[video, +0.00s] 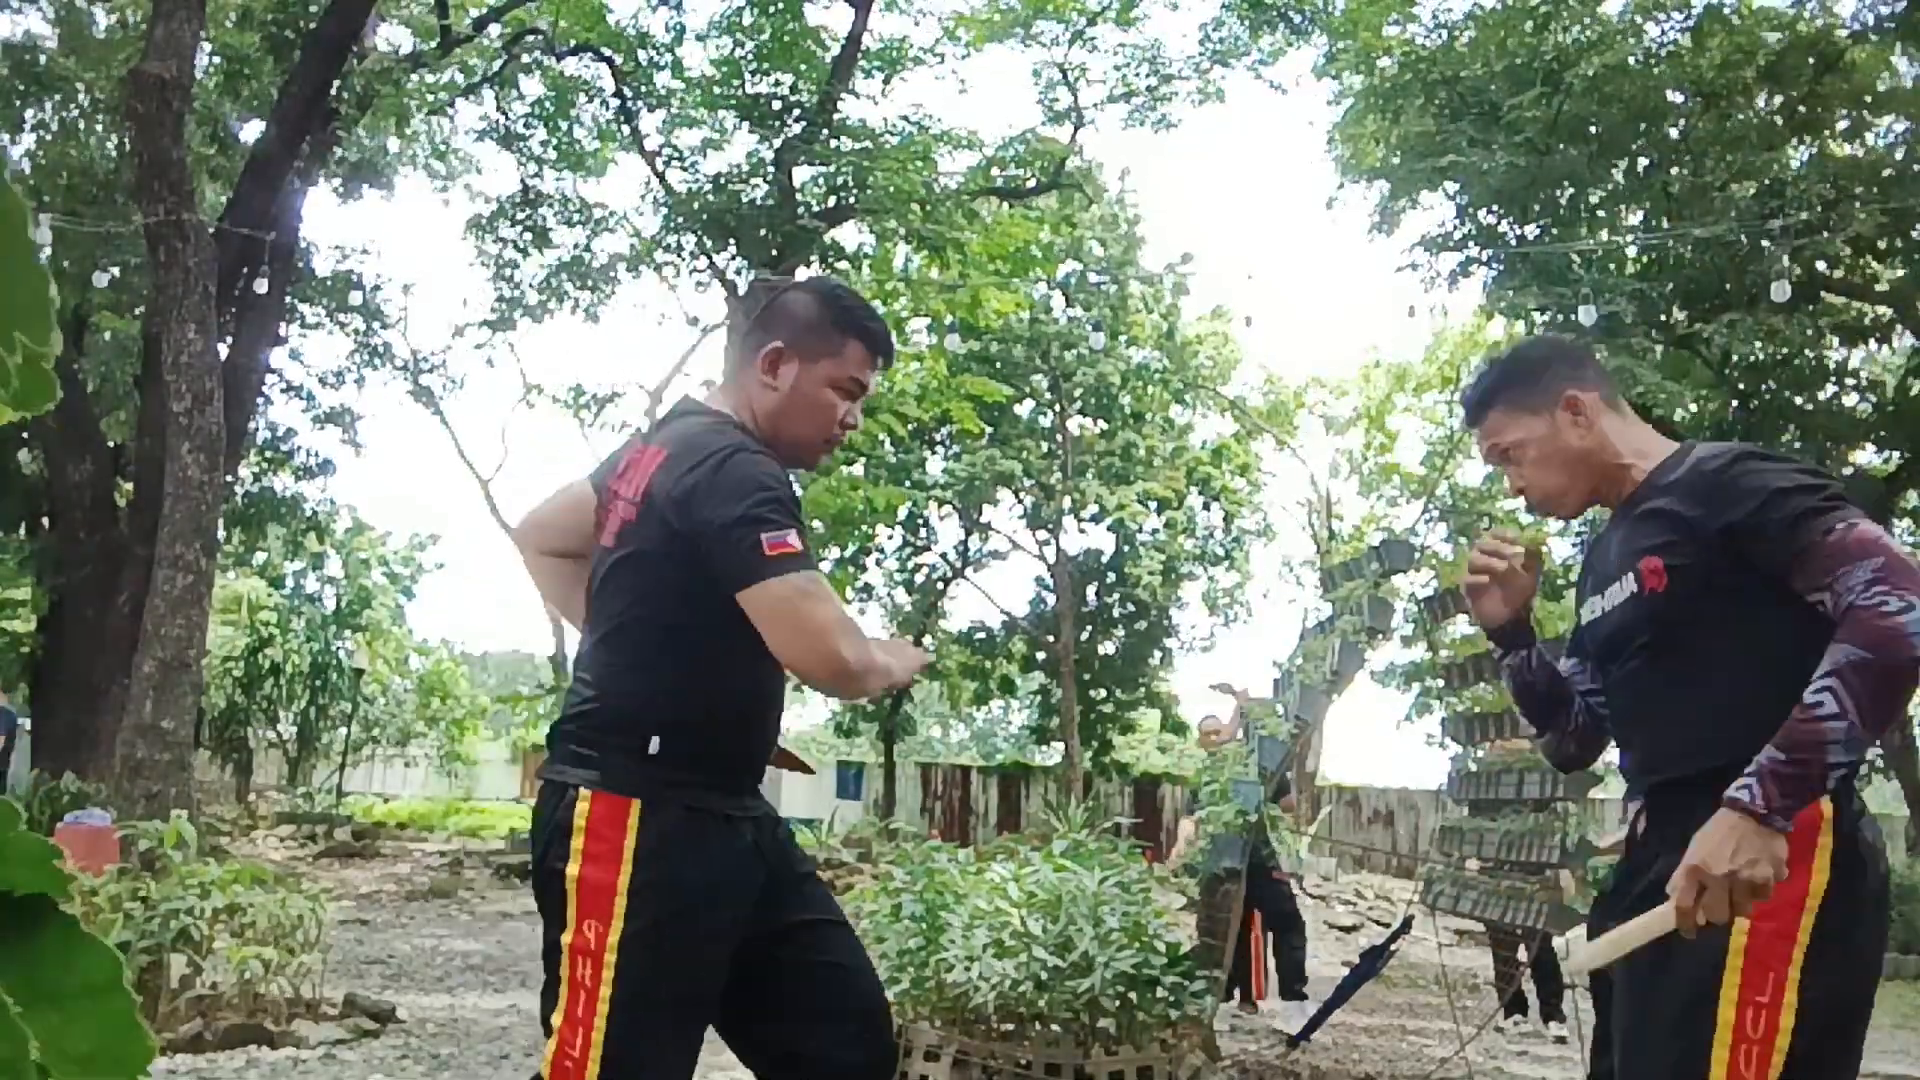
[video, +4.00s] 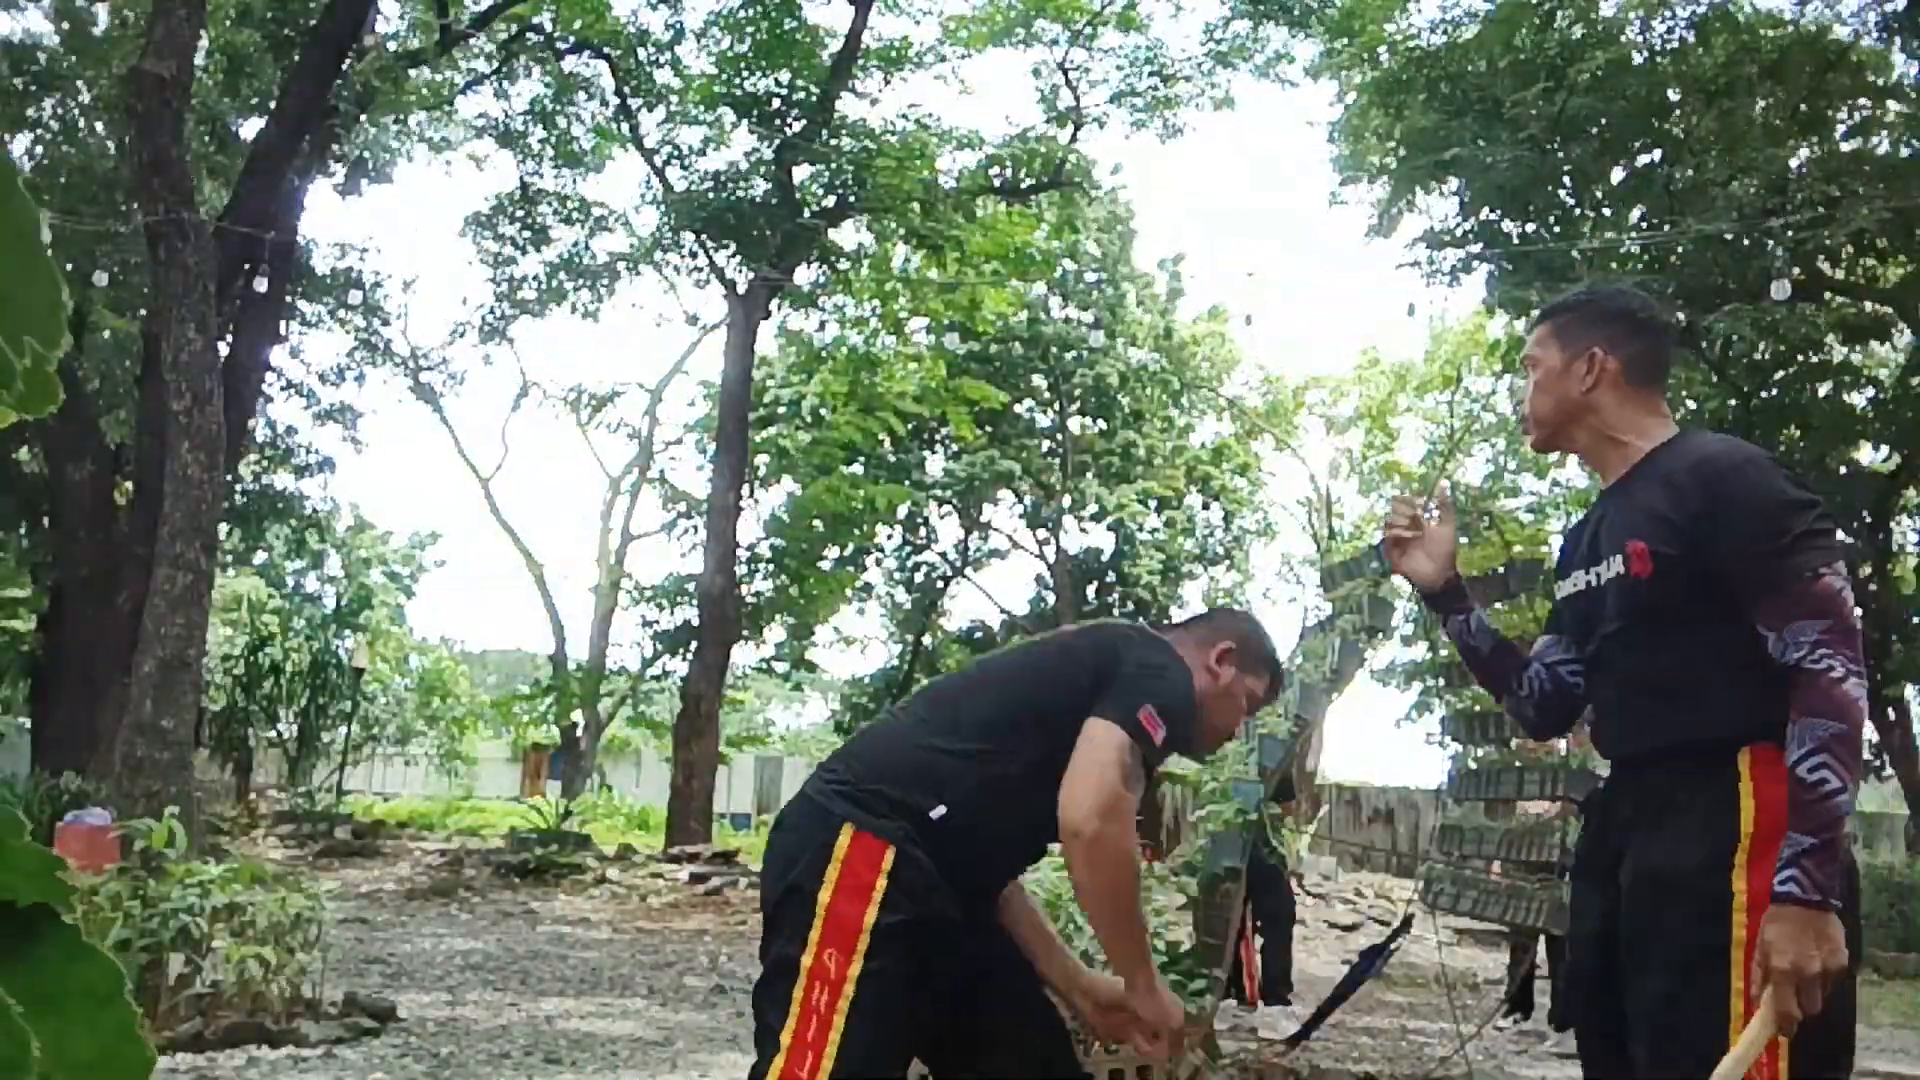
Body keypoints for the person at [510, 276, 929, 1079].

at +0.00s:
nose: (852, 420)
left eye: (860, 401)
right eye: (843, 391)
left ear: (768, 368)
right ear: (772, 366)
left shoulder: (656, 447)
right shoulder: (733, 466)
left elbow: (544, 537)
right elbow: (832, 660)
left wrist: (645, 661)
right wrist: (891, 659)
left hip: (722, 814)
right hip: (634, 814)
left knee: (847, 1048)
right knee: (603, 1066)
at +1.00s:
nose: (936, 495)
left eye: (960, 468)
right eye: (907, 465)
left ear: (983, 458)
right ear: (848, 453)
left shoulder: (1008, 586)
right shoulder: (774, 560)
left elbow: (1128, 733)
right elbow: (691, 721)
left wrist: (1253, 887)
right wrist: (804, 735)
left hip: (927, 896)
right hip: (766, 879)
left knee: (982, 1067)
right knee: (647, 1062)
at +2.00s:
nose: (904, 530)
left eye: (932, 501)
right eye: (878, 499)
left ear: (960, 482)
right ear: (821, 473)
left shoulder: (996, 579)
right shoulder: (758, 582)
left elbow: (1161, 679)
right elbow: (699, 757)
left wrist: (1290, 778)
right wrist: (860, 748)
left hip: (937, 900)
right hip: (766, 892)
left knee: (1004, 1065)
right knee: (646, 1064)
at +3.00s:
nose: (958, 497)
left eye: (971, 480)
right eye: (954, 466)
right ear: (894, 420)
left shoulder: (920, 567)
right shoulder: (736, 496)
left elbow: (907, 715)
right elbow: (645, 659)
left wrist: (903, 836)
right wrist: (820, 721)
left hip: (801, 845)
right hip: (666, 839)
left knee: (891, 1054)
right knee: (618, 1063)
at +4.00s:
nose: (1242, 729)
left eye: (1254, 716)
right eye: (1250, 704)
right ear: (1220, 660)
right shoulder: (1157, 666)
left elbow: (981, 861)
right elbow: (1091, 817)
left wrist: (1075, 983)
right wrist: (1144, 982)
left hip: (945, 886)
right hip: (863, 845)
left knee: (1037, 1064)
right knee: (823, 1065)